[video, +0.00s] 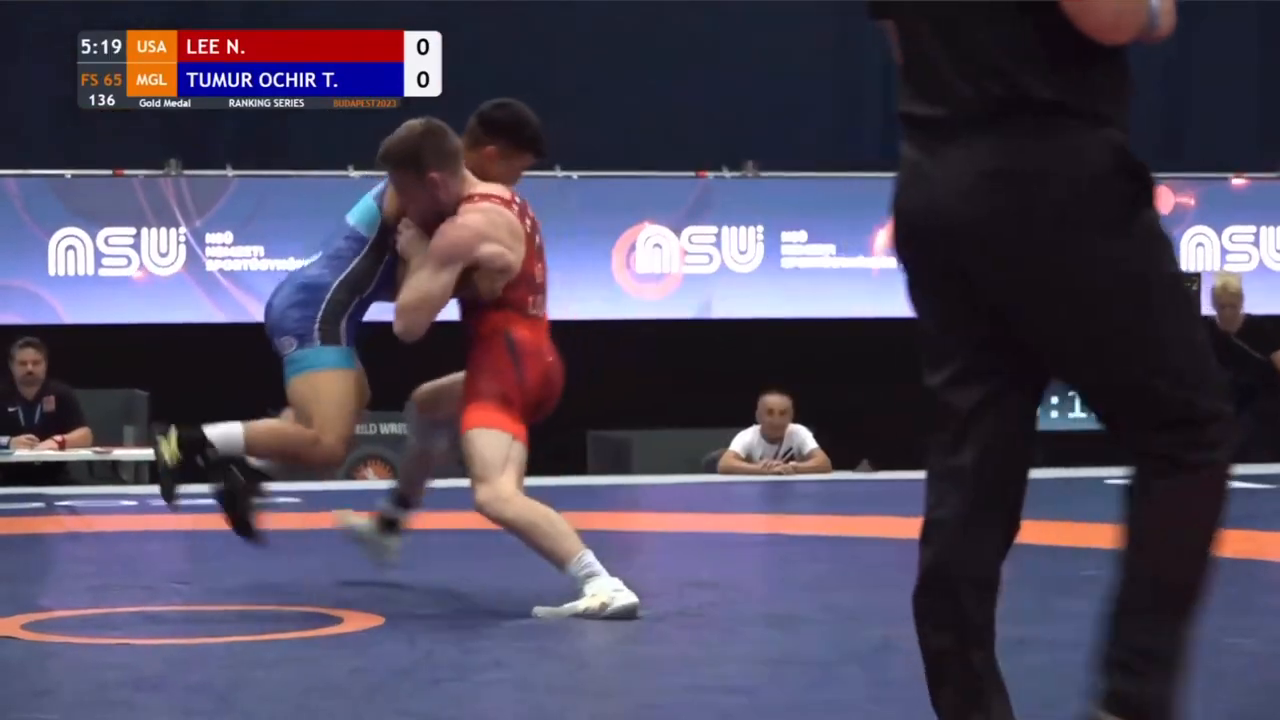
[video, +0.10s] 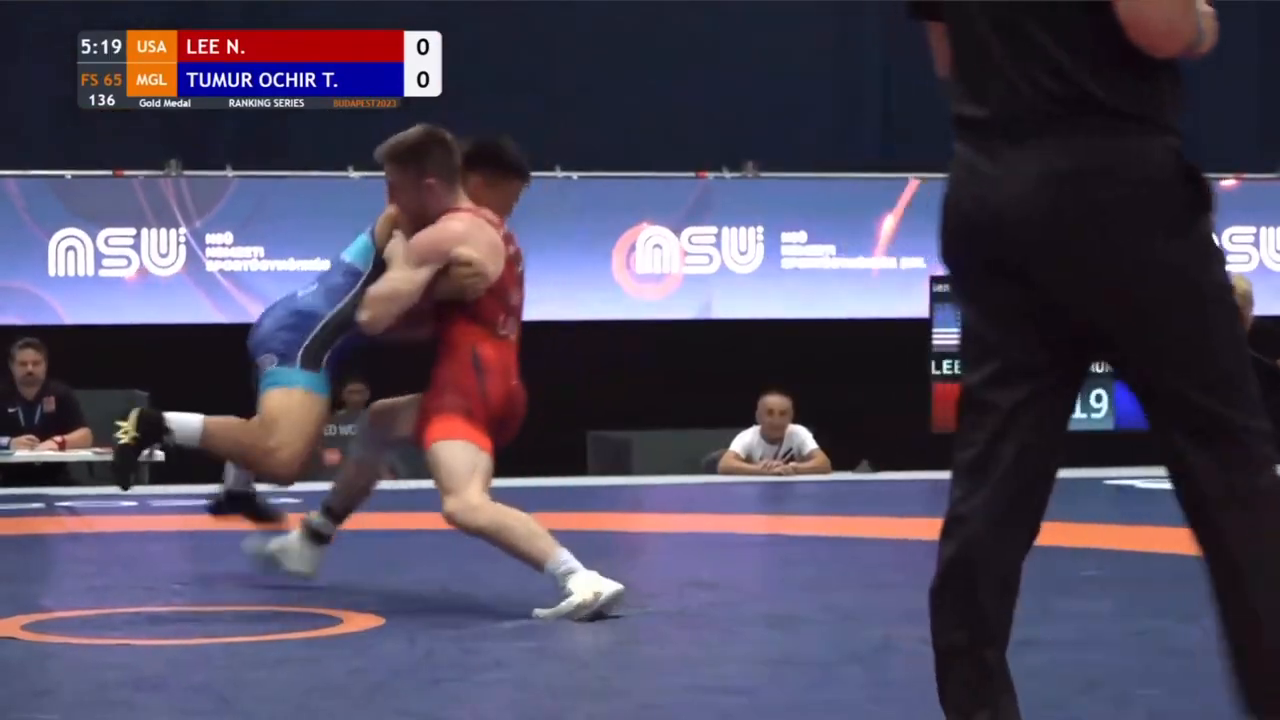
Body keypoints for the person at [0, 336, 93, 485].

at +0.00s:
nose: (29, 370)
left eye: (36, 363)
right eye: (22, 364)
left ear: (46, 365)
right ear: (11, 366)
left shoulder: (61, 394)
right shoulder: (4, 398)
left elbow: (85, 436)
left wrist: (56, 442)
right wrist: (8, 443)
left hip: (53, 478)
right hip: (10, 480)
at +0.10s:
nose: (29, 370)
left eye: (36, 364)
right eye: (23, 364)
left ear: (46, 366)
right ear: (12, 367)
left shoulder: (60, 394)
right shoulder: (4, 398)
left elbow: (86, 437)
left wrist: (56, 442)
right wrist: (9, 443)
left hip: (53, 479)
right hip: (11, 480)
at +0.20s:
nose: (30, 370)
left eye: (36, 364)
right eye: (23, 365)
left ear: (46, 366)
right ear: (12, 367)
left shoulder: (61, 395)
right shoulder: (5, 399)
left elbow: (86, 436)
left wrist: (56, 442)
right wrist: (9, 443)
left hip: (54, 481)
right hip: (11, 482)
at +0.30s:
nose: (30, 371)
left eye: (36, 365)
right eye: (23, 365)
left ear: (46, 366)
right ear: (12, 367)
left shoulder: (61, 396)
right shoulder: (4, 399)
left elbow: (86, 438)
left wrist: (56, 443)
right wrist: (9, 444)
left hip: (54, 481)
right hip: (11, 482)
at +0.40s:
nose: (32, 371)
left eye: (38, 365)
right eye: (26, 366)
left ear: (48, 367)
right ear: (14, 368)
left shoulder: (64, 397)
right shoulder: (4, 399)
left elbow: (88, 438)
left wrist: (58, 444)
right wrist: (11, 445)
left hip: (57, 481)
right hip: (13, 483)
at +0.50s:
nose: (46, 371)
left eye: (52, 365)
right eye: (39, 366)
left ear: (62, 368)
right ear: (28, 369)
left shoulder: (78, 398)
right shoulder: (13, 400)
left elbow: (101, 439)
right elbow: (2, 438)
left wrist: (72, 444)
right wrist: (25, 445)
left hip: (71, 481)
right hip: (26, 482)